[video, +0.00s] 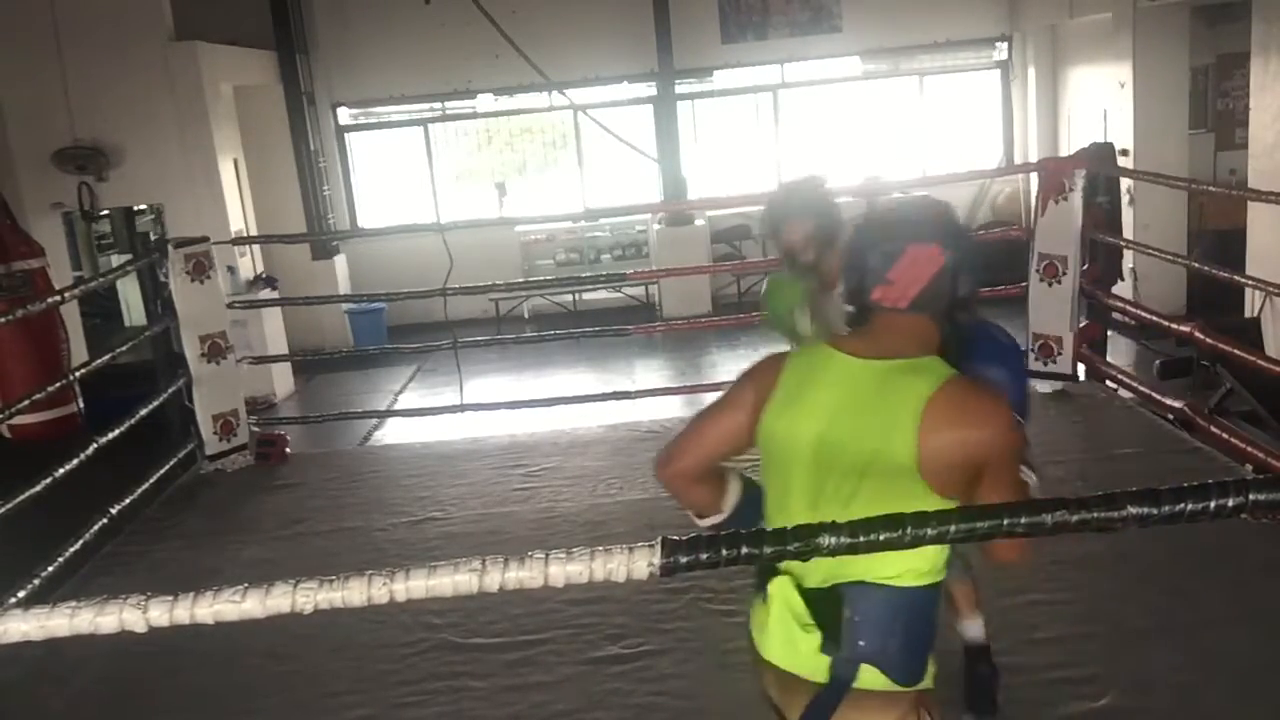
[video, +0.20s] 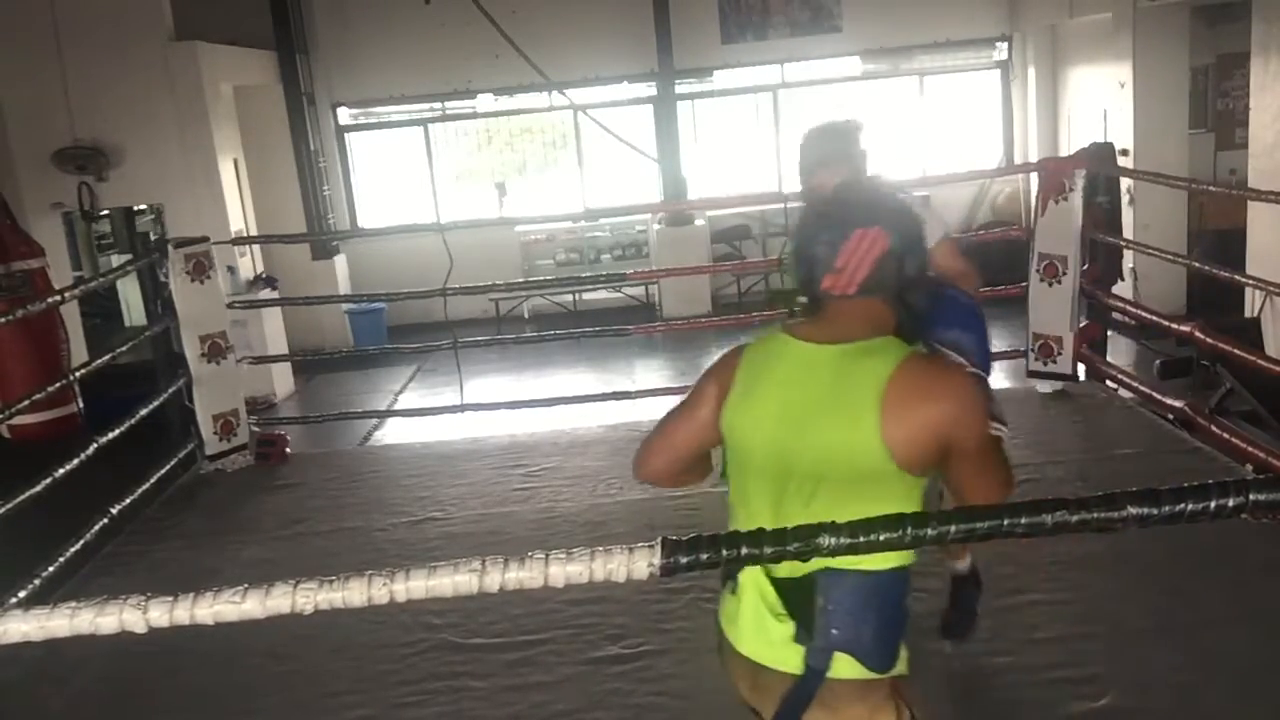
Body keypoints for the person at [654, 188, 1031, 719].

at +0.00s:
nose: (967, 297)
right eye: (963, 282)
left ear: (857, 281)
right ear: (952, 289)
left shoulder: (780, 376)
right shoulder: (973, 413)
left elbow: (679, 467)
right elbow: (1009, 547)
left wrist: (755, 520)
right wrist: (1017, 475)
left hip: (777, 646)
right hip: (875, 671)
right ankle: (980, 650)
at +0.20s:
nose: (921, 275)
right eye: (915, 262)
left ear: (809, 270)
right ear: (904, 273)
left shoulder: (744, 365)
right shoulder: (940, 388)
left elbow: (655, 465)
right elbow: (989, 503)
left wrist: (732, 453)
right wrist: (973, 420)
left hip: (746, 646)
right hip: (848, 668)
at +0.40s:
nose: (864, 278)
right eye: (857, 264)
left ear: (763, 282)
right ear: (849, 276)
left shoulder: (717, 368)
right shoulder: (876, 378)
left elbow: (666, 472)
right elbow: (937, 508)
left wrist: (748, 434)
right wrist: (908, 423)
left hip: (699, 630)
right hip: (790, 649)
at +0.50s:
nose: (843, 283)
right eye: (837, 270)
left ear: (747, 282)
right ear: (828, 276)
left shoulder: (710, 364)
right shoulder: (861, 368)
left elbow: (670, 483)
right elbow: (910, 513)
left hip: (689, 624)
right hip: (772, 641)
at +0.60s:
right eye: (817, 275)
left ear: (725, 291)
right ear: (808, 279)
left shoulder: (695, 374)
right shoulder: (850, 368)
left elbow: (669, 505)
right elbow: (897, 514)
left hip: (686, 628)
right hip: (773, 646)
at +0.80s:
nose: (812, 289)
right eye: (806, 279)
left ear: (714, 295)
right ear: (797, 284)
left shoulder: (683, 377)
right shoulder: (835, 367)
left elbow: (658, 511)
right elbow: (879, 510)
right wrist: (833, 520)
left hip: (678, 621)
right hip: (762, 632)